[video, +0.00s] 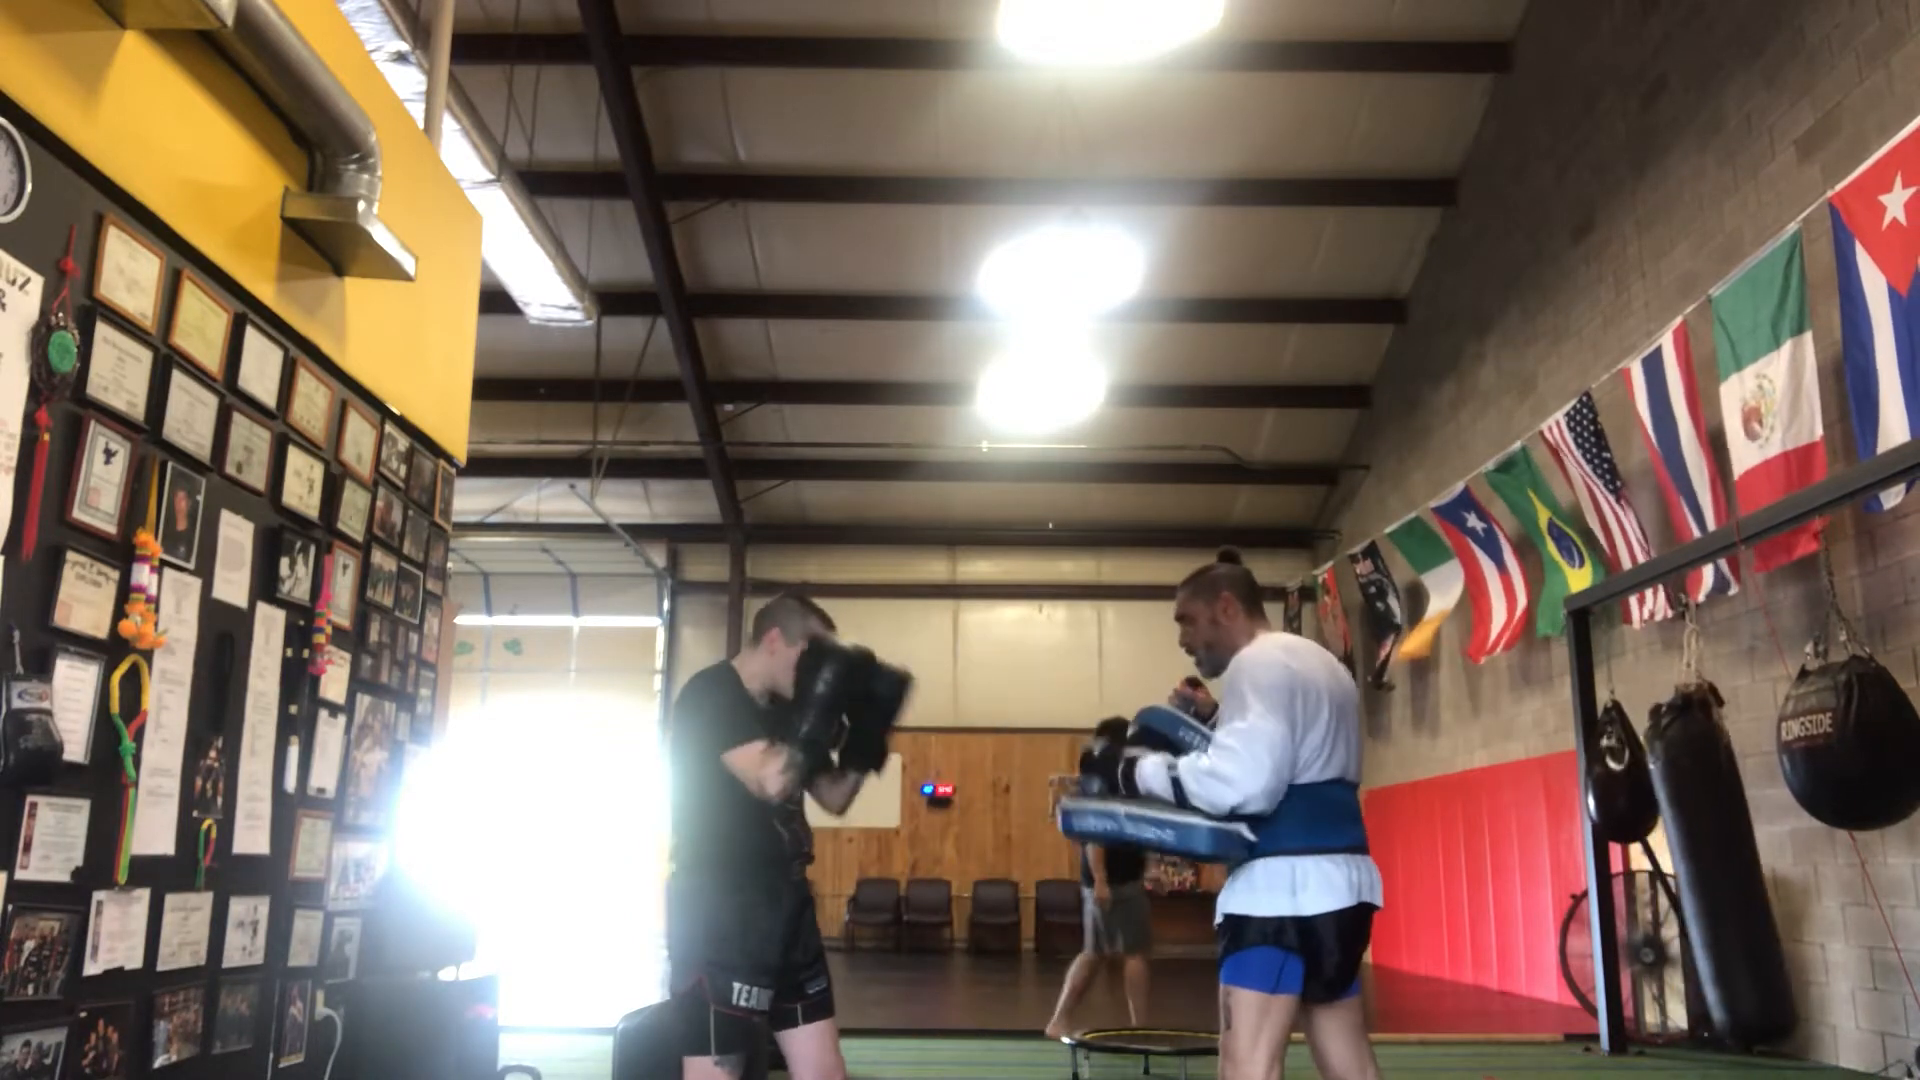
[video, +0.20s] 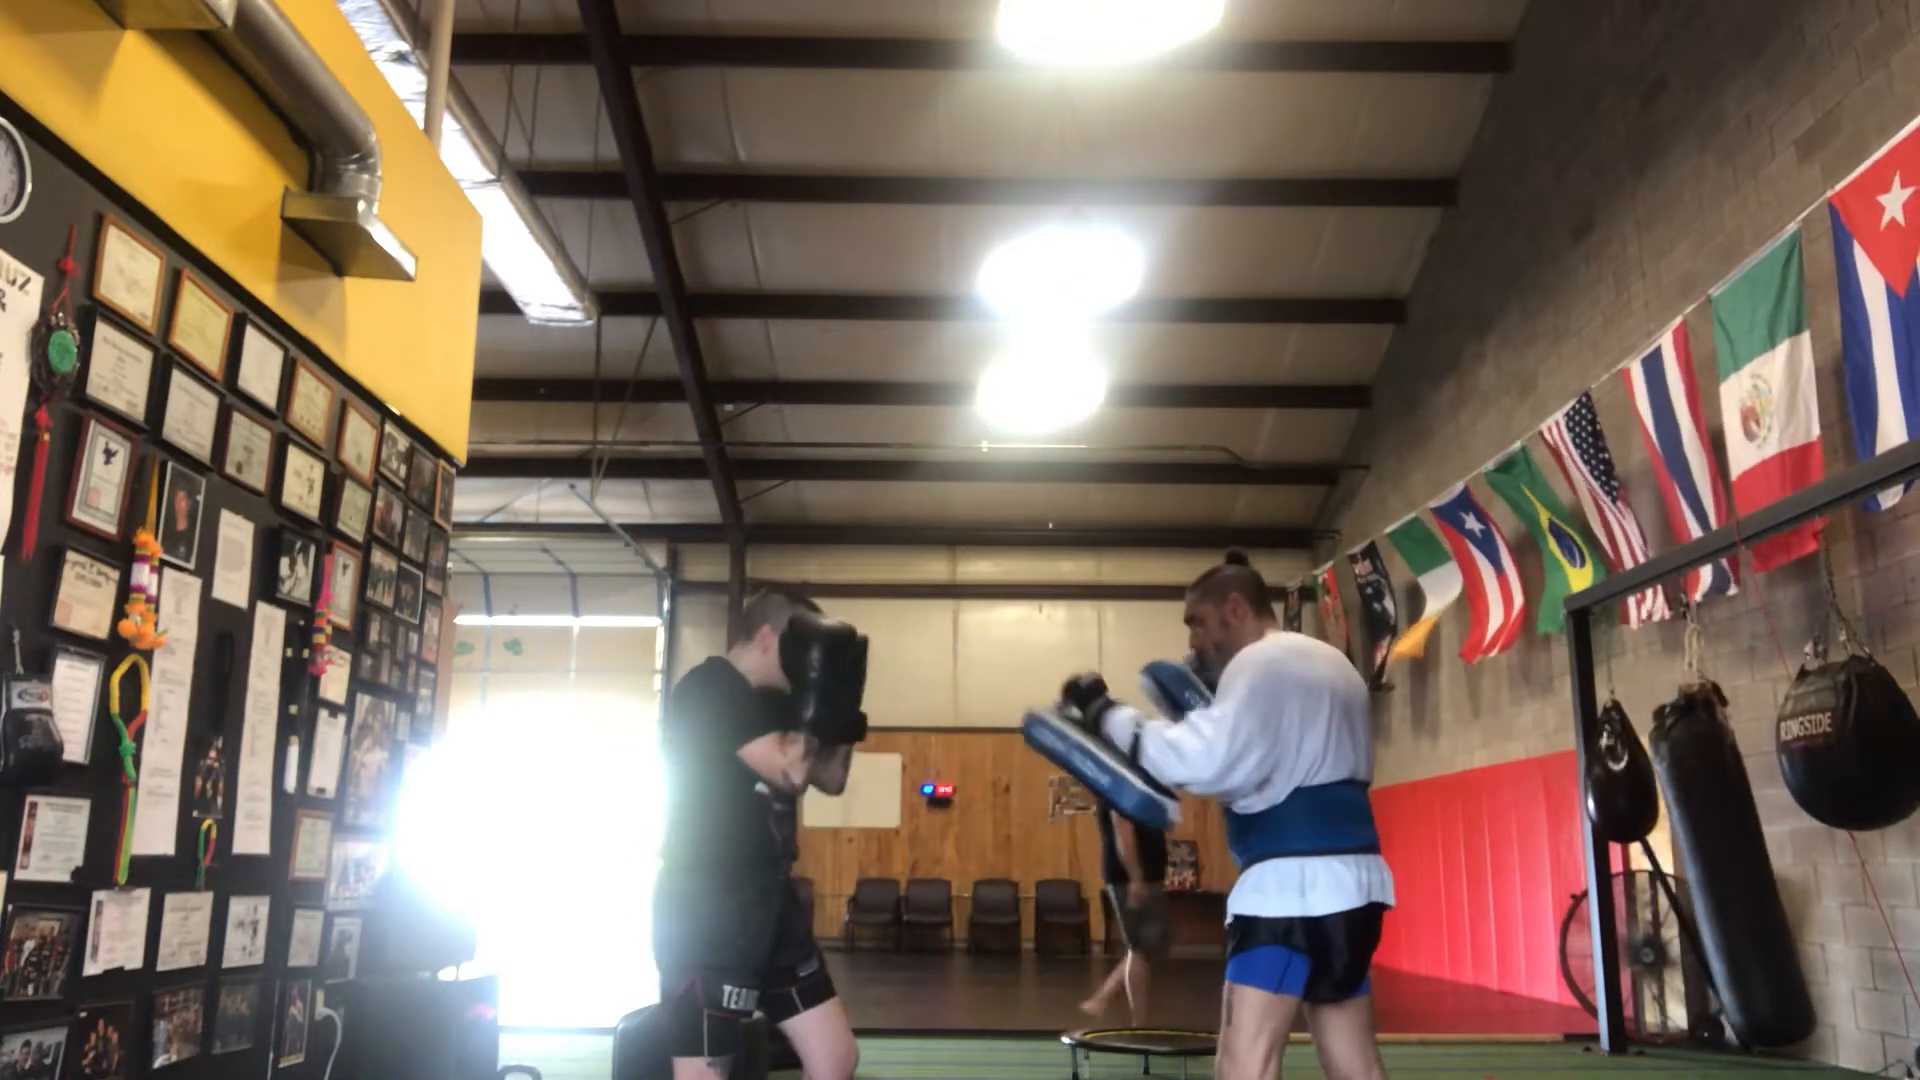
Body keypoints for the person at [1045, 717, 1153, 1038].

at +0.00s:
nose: (1129, 745)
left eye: (1127, 738)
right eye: (1127, 739)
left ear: (1101, 739)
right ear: (1121, 740)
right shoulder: (1104, 775)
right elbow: (1095, 829)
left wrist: (1144, 870)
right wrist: (1100, 880)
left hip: (1101, 879)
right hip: (1122, 879)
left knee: (1092, 952)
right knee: (1135, 954)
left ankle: (1059, 1021)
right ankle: (1140, 1030)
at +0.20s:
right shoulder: (1123, 781)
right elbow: (1123, 833)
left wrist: (1155, 875)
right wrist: (1135, 877)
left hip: (1149, 875)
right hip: (1125, 878)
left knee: (1147, 947)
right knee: (1138, 949)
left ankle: (1098, 1002)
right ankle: (1141, 1025)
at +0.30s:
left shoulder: (1153, 780)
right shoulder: (1132, 781)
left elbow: (1161, 830)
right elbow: (1140, 831)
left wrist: (1176, 864)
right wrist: (1163, 874)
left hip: (1160, 875)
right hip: (1136, 876)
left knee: (1177, 943)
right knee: (1141, 948)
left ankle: (1137, 1004)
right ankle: (1140, 1022)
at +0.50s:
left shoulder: (1188, 788)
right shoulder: (1161, 784)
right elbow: (1172, 833)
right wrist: (1204, 868)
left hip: (1188, 880)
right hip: (1161, 880)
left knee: (1204, 952)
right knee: (1150, 952)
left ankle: (1231, 1027)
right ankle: (1142, 1029)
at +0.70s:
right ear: (1212, 742)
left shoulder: (1222, 779)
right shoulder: (1196, 778)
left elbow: (1224, 830)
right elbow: (1197, 829)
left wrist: (1235, 869)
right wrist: (1223, 871)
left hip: (1222, 882)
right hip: (1196, 883)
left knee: (1232, 956)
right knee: (1191, 954)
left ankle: (1240, 1031)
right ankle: (1150, 1026)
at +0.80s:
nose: (1233, 747)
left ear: (1209, 746)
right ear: (1216, 744)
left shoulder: (1217, 776)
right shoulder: (1208, 775)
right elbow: (1206, 823)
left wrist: (1230, 865)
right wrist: (1228, 866)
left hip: (1217, 878)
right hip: (1206, 879)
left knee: (1230, 955)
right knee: (1223, 949)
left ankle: (1240, 1030)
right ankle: (1170, 1012)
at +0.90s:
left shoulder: (1218, 777)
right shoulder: (1215, 776)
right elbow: (1212, 813)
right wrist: (1233, 855)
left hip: (1217, 872)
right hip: (1218, 873)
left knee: (1231, 946)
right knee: (1235, 945)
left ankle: (1239, 1020)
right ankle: (1205, 1013)